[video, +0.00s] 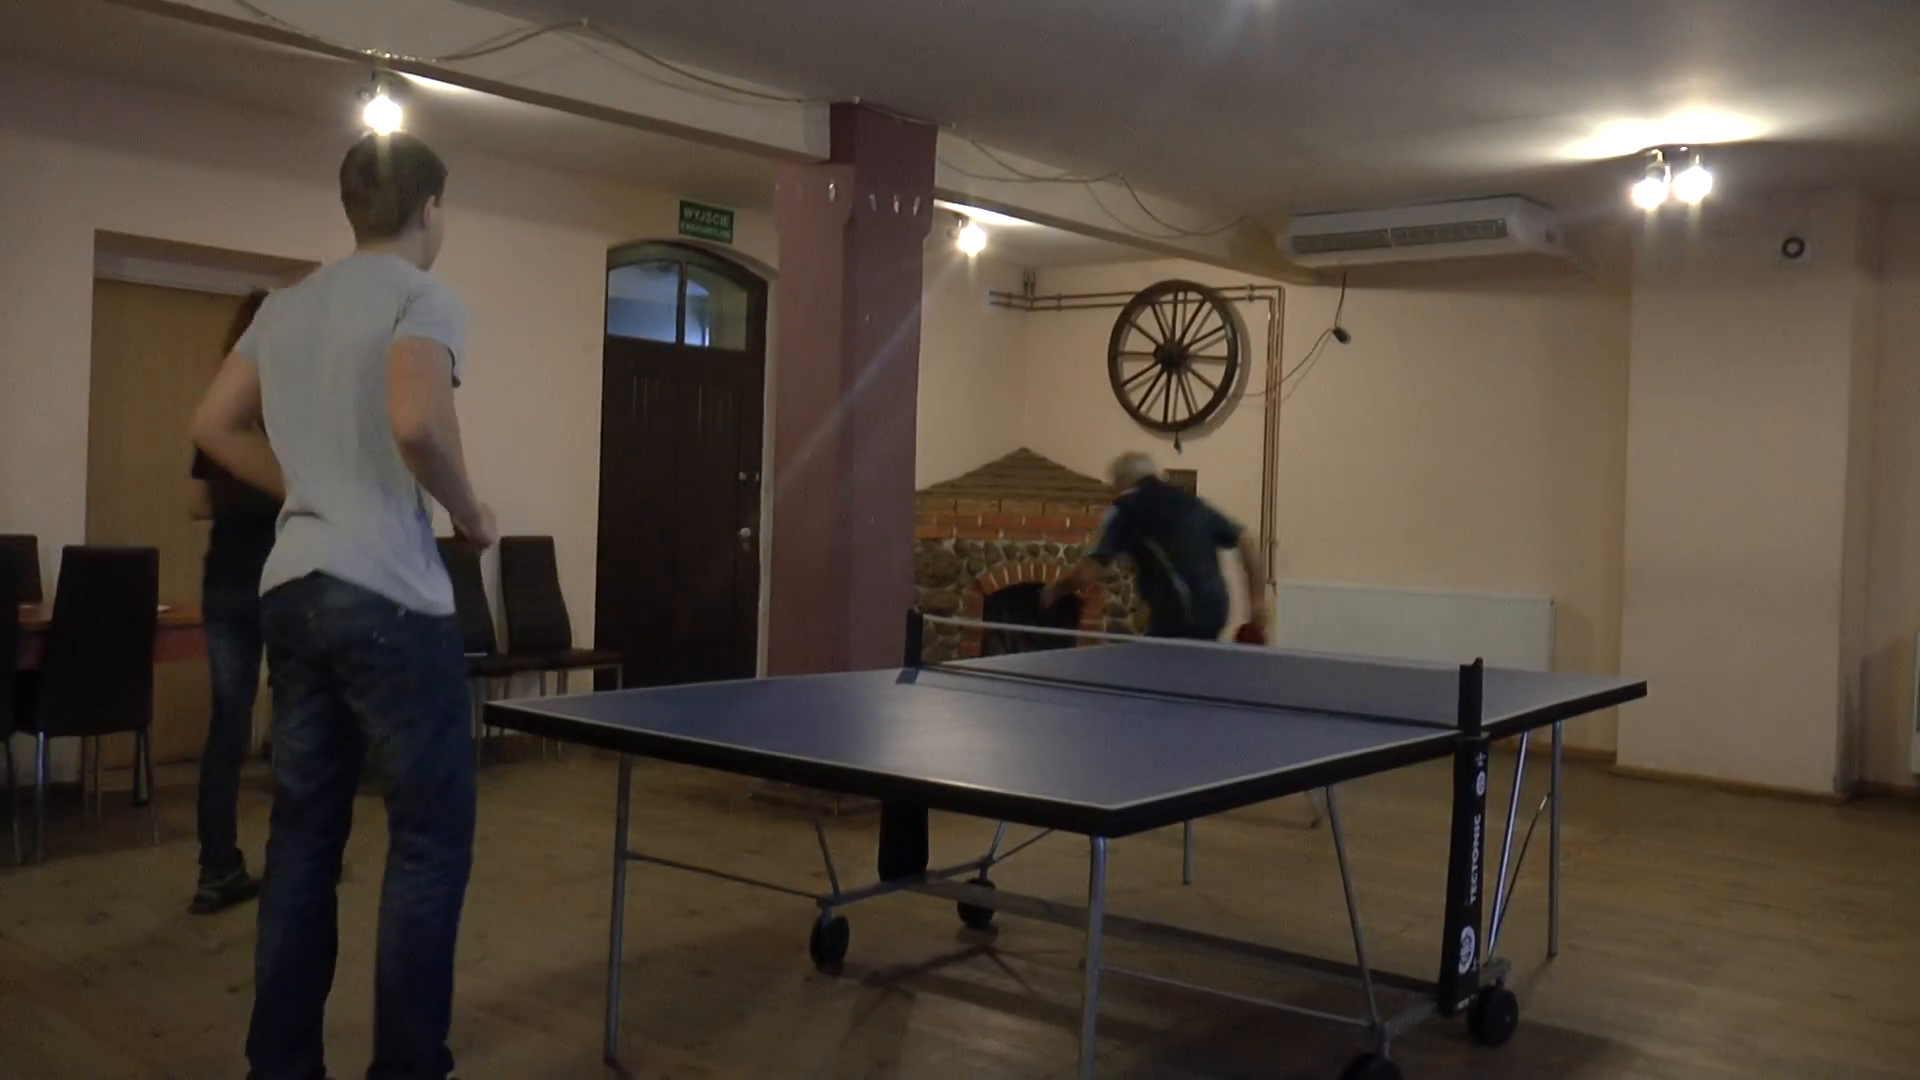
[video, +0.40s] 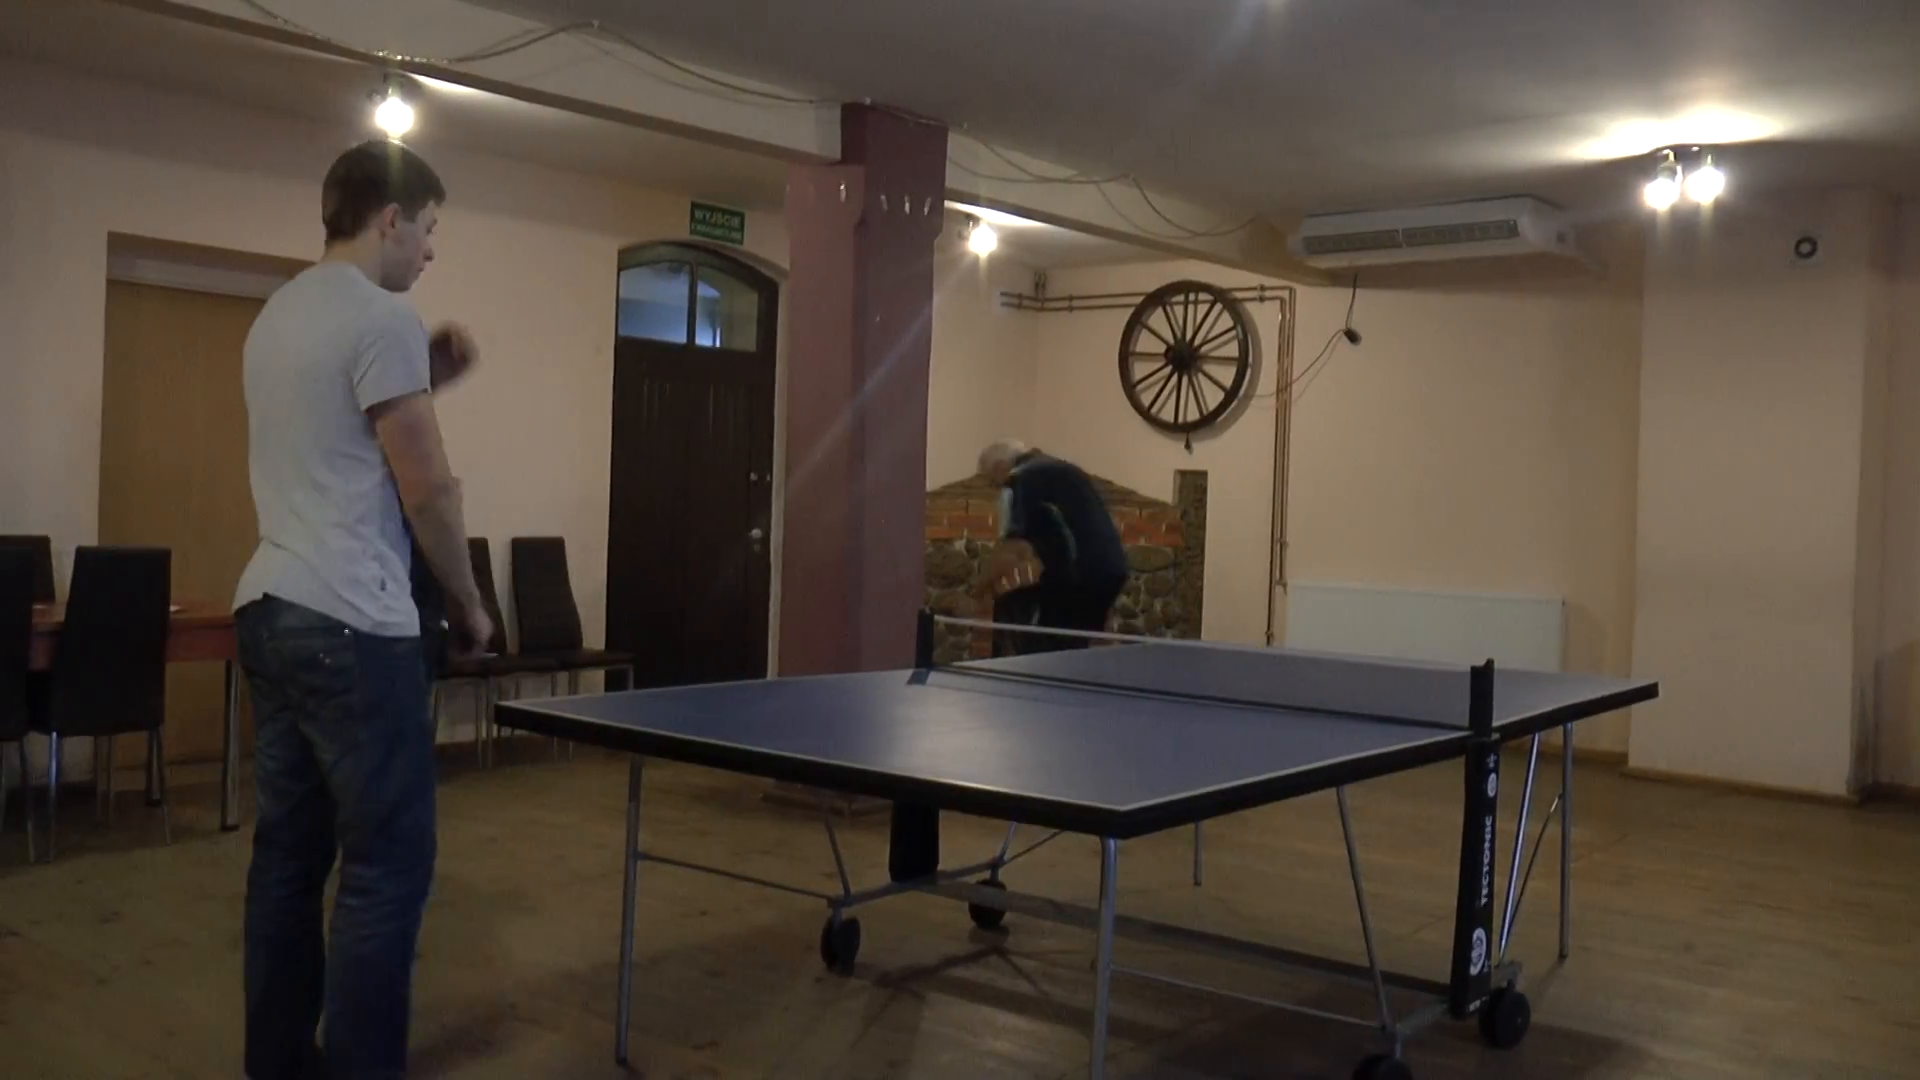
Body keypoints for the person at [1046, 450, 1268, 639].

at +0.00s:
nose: (1115, 492)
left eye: (1115, 485)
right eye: (1114, 486)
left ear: (1120, 482)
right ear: (1152, 474)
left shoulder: (1129, 509)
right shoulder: (1186, 501)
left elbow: (1093, 568)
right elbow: (1245, 539)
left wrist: (1057, 588)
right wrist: (1258, 607)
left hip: (1175, 614)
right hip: (1215, 611)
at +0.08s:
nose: (1079, 505)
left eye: (1079, 498)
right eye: (1078, 499)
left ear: (1088, 490)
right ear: (1115, 482)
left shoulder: (1099, 512)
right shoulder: (1153, 500)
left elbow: (1064, 579)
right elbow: (1205, 550)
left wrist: (1031, 607)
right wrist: (1219, 613)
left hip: (1155, 614)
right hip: (1196, 603)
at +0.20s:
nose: (1043, 500)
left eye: (1041, 492)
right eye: (1039, 494)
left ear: (1052, 482)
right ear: (1072, 473)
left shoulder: (1071, 501)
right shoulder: (1113, 489)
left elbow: (1047, 573)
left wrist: (1012, 611)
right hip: (1164, 588)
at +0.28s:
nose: (1025, 490)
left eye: (1023, 482)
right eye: (1021, 485)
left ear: (1033, 472)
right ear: (1053, 463)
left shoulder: (1057, 487)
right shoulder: (1092, 476)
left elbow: (1036, 561)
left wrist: (1004, 601)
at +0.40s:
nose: (996, 485)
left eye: (993, 478)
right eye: (991, 481)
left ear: (1000, 465)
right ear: (1020, 454)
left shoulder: (1025, 477)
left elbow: (1015, 545)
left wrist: (983, 585)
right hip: (1111, 568)